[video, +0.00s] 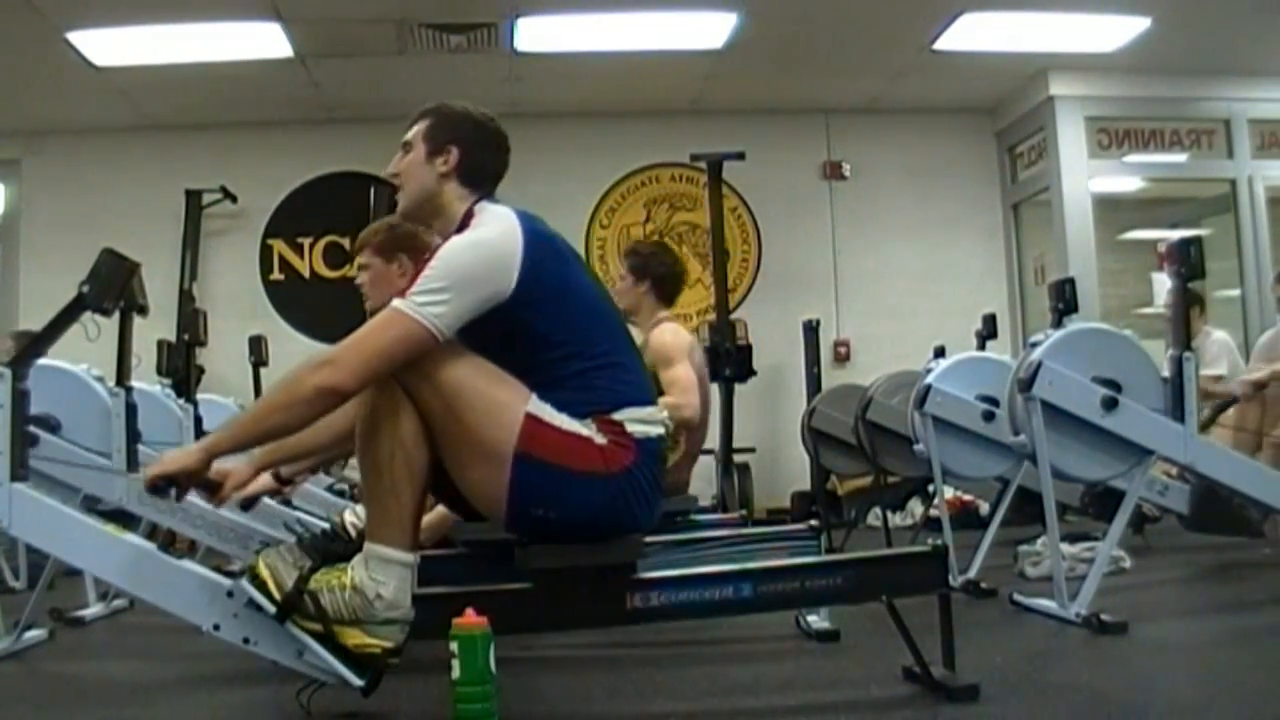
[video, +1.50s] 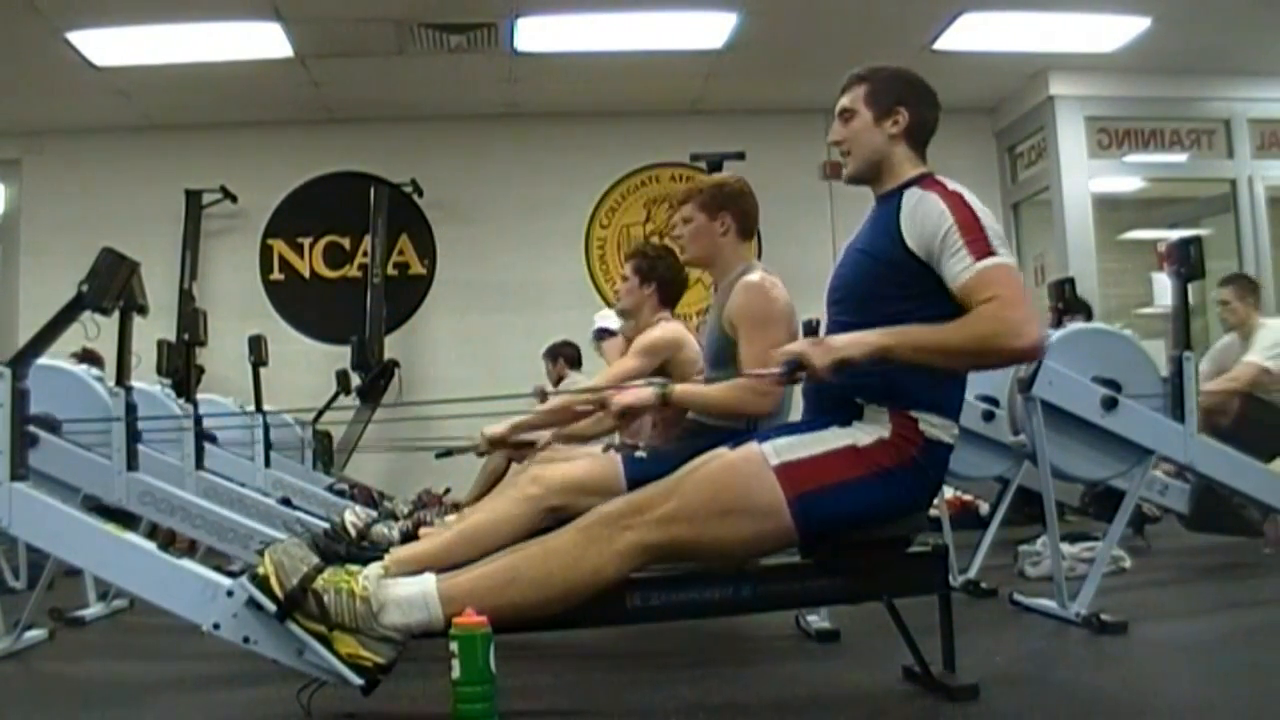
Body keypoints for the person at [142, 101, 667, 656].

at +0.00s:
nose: (392, 172)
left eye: (405, 154)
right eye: (398, 155)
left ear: (447, 162)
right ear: (454, 168)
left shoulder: (489, 241)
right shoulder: (479, 244)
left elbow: (336, 379)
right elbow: (370, 401)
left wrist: (205, 448)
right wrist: (261, 466)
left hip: (604, 471)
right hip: (581, 464)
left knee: (403, 361)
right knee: (398, 364)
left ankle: (381, 591)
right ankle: (378, 572)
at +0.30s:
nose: (495, 143)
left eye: (515, 128)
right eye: (502, 129)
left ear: (559, 143)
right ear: (551, 148)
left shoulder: (591, 227)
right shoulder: (549, 243)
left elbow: (457, 378)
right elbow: (443, 361)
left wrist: (304, 435)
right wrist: (308, 433)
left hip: (679, 467)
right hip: (633, 460)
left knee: (449, 343)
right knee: (434, 328)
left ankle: (390, 594)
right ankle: (380, 571)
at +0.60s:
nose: (636, 134)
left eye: (654, 117)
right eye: (641, 120)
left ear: (700, 131)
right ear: (690, 135)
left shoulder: (738, 219)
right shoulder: (702, 227)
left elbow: (594, 348)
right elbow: (591, 345)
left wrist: (441, 389)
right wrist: (446, 394)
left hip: (797, 448)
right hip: (754, 440)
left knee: (542, 414)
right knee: (527, 418)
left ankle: (388, 609)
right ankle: (386, 598)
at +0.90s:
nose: (765, 132)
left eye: (779, 116)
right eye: (769, 118)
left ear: (828, 123)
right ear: (820, 129)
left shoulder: (869, 209)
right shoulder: (822, 226)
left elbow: (732, 333)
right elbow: (719, 332)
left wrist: (576, 369)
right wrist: (581, 376)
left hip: (877, 446)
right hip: (836, 440)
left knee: (617, 487)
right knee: (605, 486)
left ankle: (400, 608)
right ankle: (395, 599)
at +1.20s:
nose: (838, 137)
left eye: (850, 119)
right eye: (839, 122)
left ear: (900, 124)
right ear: (887, 127)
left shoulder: (933, 204)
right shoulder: (882, 221)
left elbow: (883, 347)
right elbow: (816, 342)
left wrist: (721, 355)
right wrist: (700, 354)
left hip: (886, 437)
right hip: (847, 432)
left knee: (635, 536)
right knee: (623, 530)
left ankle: (397, 610)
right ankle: (401, 604)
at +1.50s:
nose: (829, 141)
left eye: (843, 121)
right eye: (831, 127)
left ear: (894, 123)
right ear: (888, 132)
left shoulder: (932, 201)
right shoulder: (888, 221)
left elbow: (1017, 329)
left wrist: (861, 343)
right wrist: (824, 340)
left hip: (889, 443)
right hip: (850, 435)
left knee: (646, 521)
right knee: (622, 508)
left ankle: (404, 610)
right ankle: (396, 595)